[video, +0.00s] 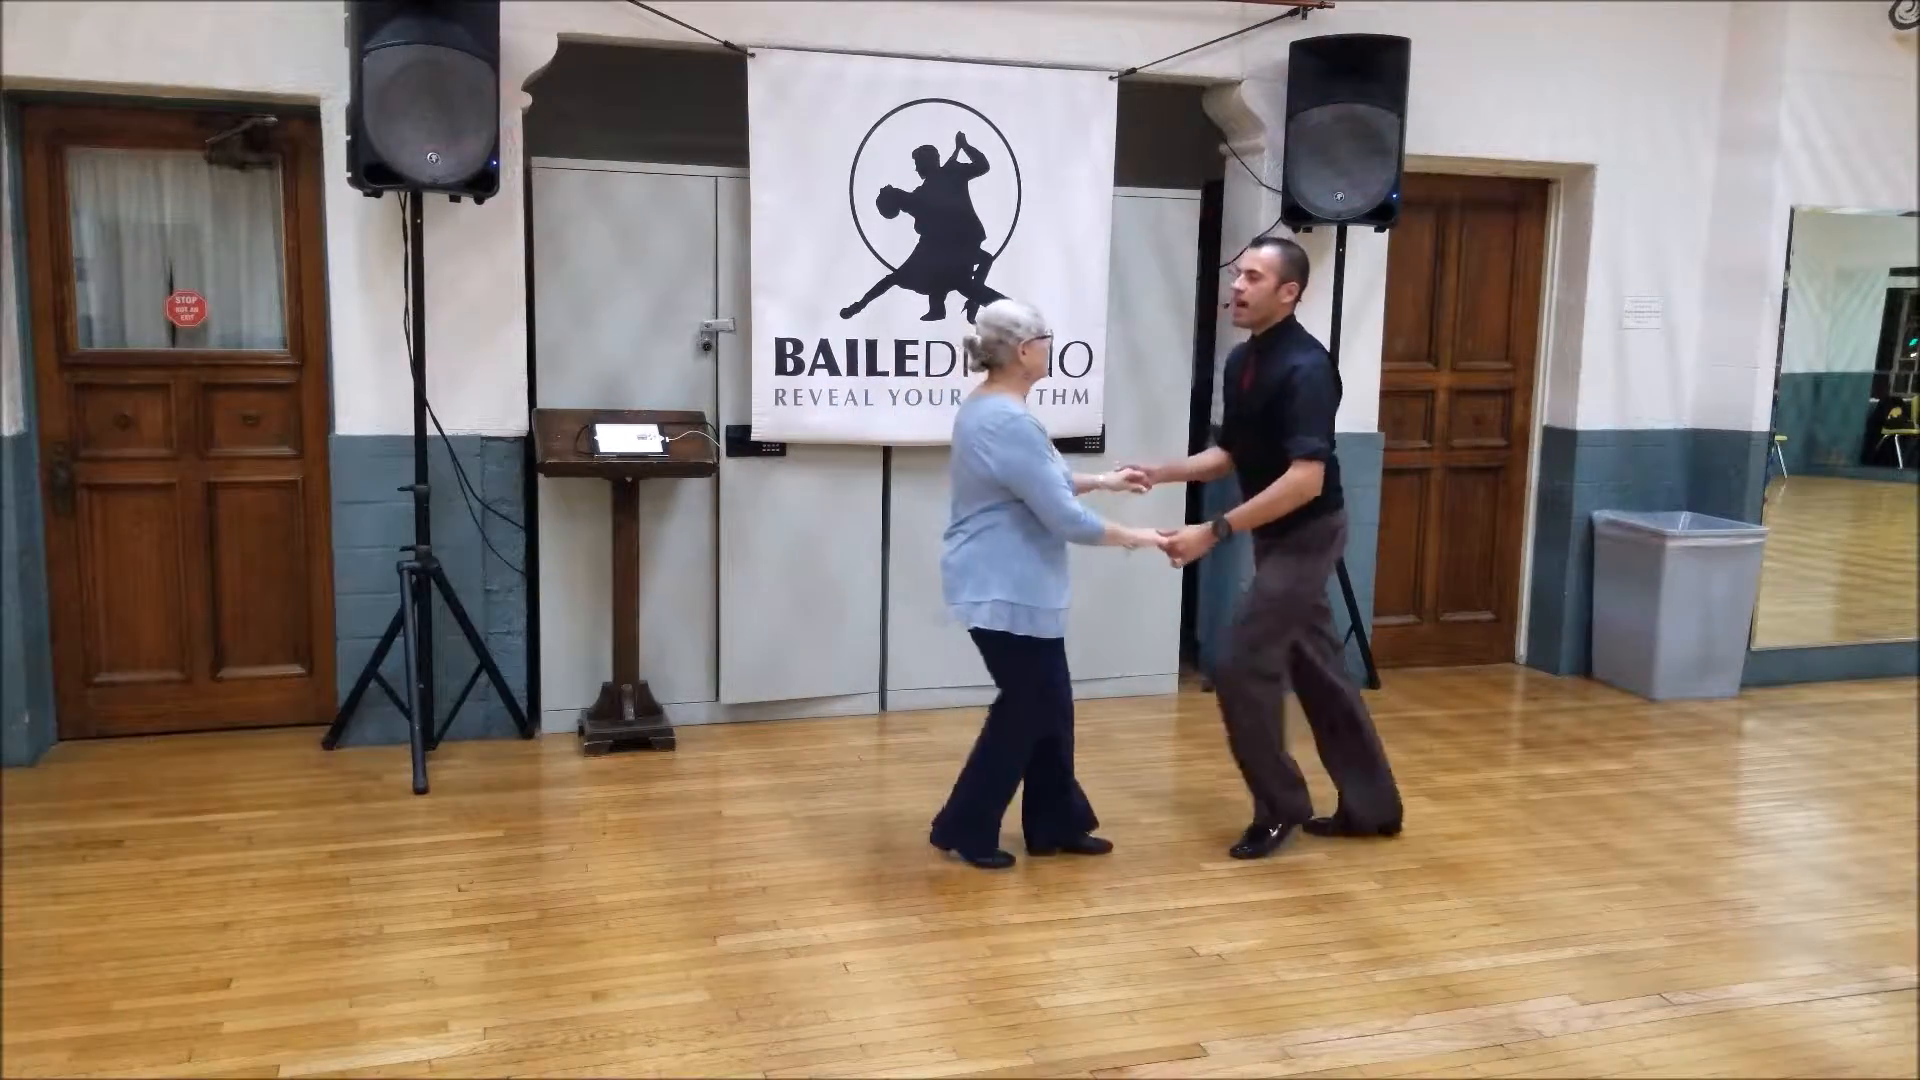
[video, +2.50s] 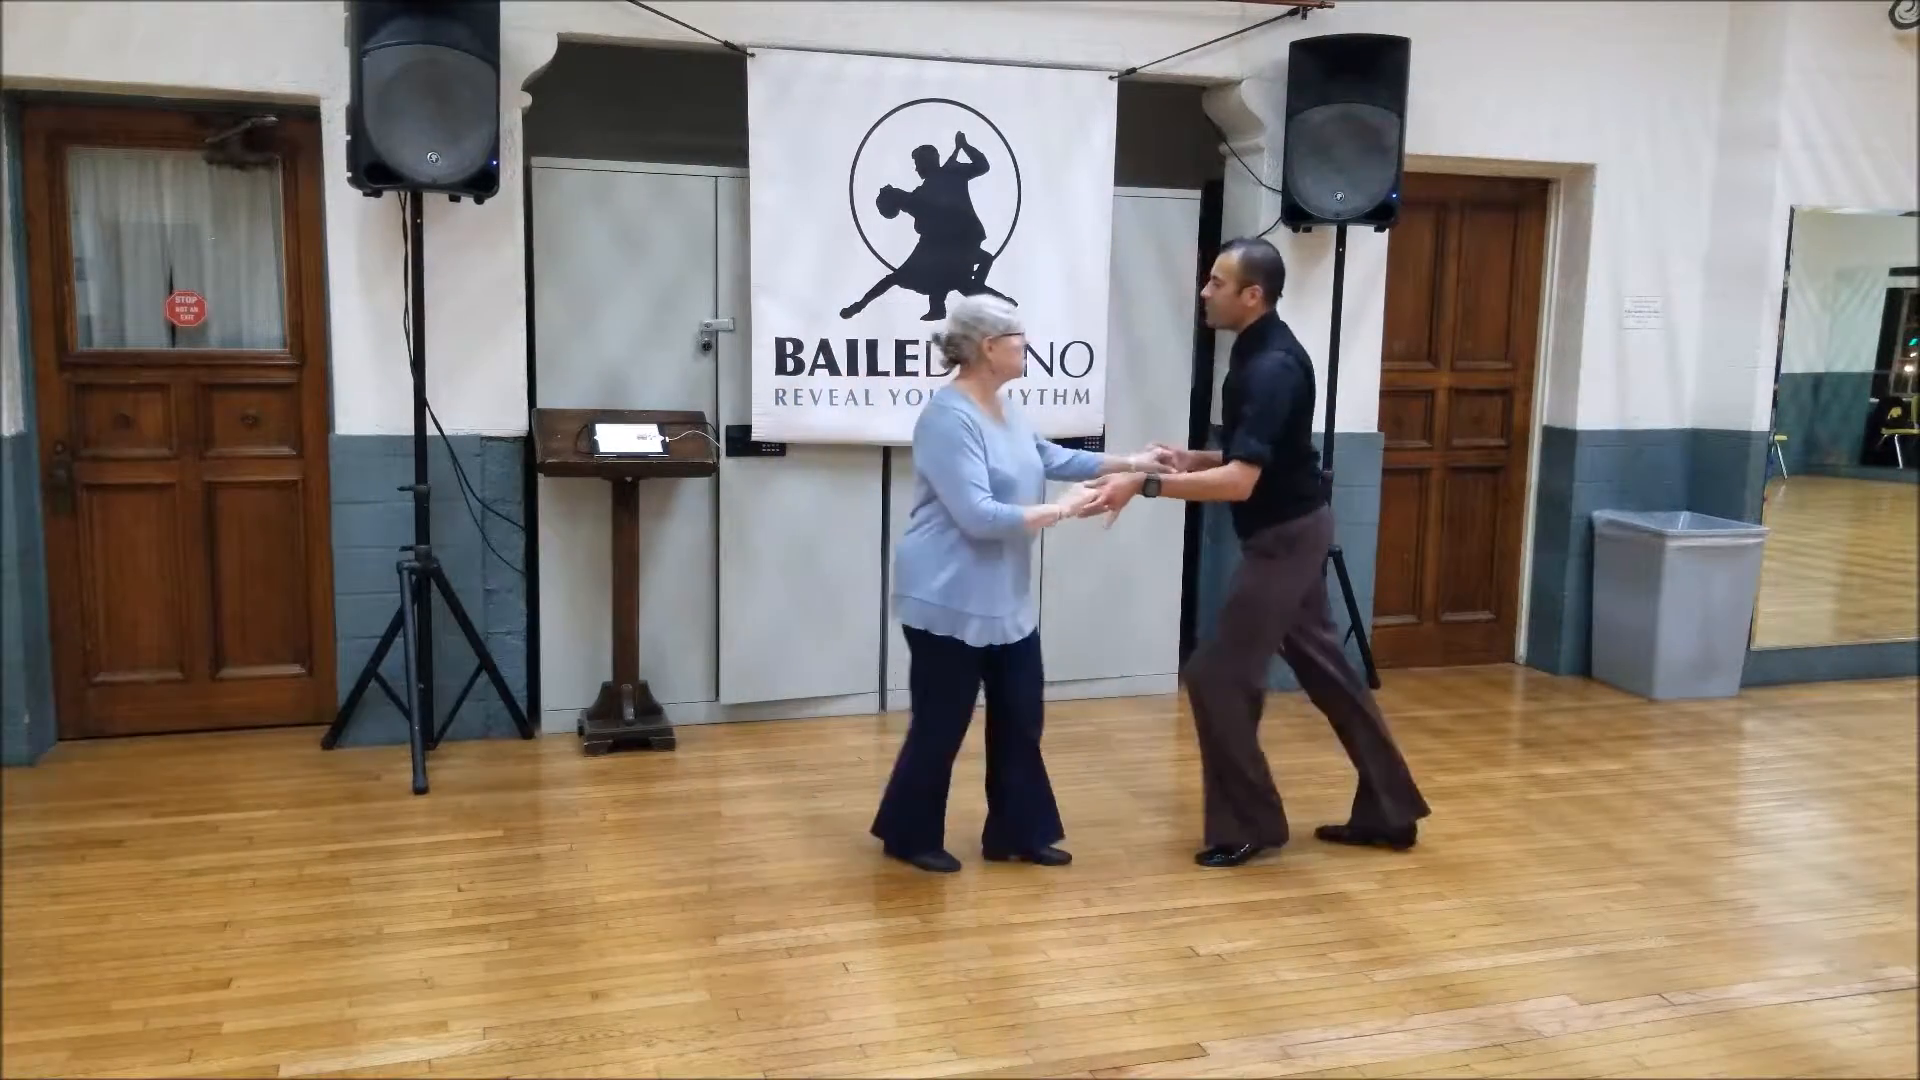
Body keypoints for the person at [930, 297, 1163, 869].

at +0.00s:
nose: (1049, 350)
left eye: (1046, 340)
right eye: (1042, 341)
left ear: (1006, 352)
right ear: (1017, 351)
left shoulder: (986, 412)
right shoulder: (1006, 422)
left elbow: (1041, 484)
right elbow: (1065, 518)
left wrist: (1103, 481)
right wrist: (1135, 536)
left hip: (1011, 584)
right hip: (1007, 588)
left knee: (1049, 703)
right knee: (1031, 703)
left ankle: (1055, 824)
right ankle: (963, 827)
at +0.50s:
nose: (1015, 344)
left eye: (1011, 335)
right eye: (1007, 336)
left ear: (963, 346)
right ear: (981, 345)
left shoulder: (928, 405)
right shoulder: (984, 415)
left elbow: (987, 481)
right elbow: (1046, 502)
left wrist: (1046, 467)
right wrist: (1077, 476)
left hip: (935, 581)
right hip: (981, 588)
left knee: (976, 694)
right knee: (994, 712)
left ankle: (923, 807)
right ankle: (981, 847)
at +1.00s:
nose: (917, 350)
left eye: (915, 340)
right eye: (910, 341)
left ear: (869, 347)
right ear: (882, 346)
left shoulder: (835, 403)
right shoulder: (870, 415)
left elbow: (884, 496)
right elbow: (877, 512)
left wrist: (945, 500)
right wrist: (945, 531)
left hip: (815, 582)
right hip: (854, 589)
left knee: (827, 704)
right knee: (883, 702)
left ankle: (820, 837)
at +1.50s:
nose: (872, 353)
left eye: (870, 344)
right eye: (865, 344)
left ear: (829, 351)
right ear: (835, 351)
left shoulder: (796, 406)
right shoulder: (818, 417)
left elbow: (848, 502)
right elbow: (870, 518)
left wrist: (909, 493)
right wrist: (932, 509)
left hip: (812, 594)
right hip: (800, 596)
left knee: (819, 723)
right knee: (770, 724)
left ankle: (785, 848)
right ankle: (685, 847)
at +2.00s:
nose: (932, 350)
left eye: (930, 340)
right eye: (926, 341)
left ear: (879, 347)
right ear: (900, 349)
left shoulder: (839, 405)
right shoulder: (909, 419)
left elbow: (954, 471)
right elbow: (986, 490)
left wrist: (1043, 466)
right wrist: (1059, 473)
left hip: (838, 590)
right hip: (905, 595)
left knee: (835, 716)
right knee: (919, 723)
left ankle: (797, 844)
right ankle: (910, 846)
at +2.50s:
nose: (1025, 346)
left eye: (1022, 336)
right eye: (1014, 338)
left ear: (994, 348)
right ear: (980, 348)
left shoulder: (1005, 409)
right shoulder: (945, 417)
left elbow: (1054, 460)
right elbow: (977, 516)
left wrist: (1134, 461)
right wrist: (1061, 509)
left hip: (1005, 590)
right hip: (948, 592)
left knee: (1019, 716)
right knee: (942, 719)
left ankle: (1016, 832)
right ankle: (908, 833)